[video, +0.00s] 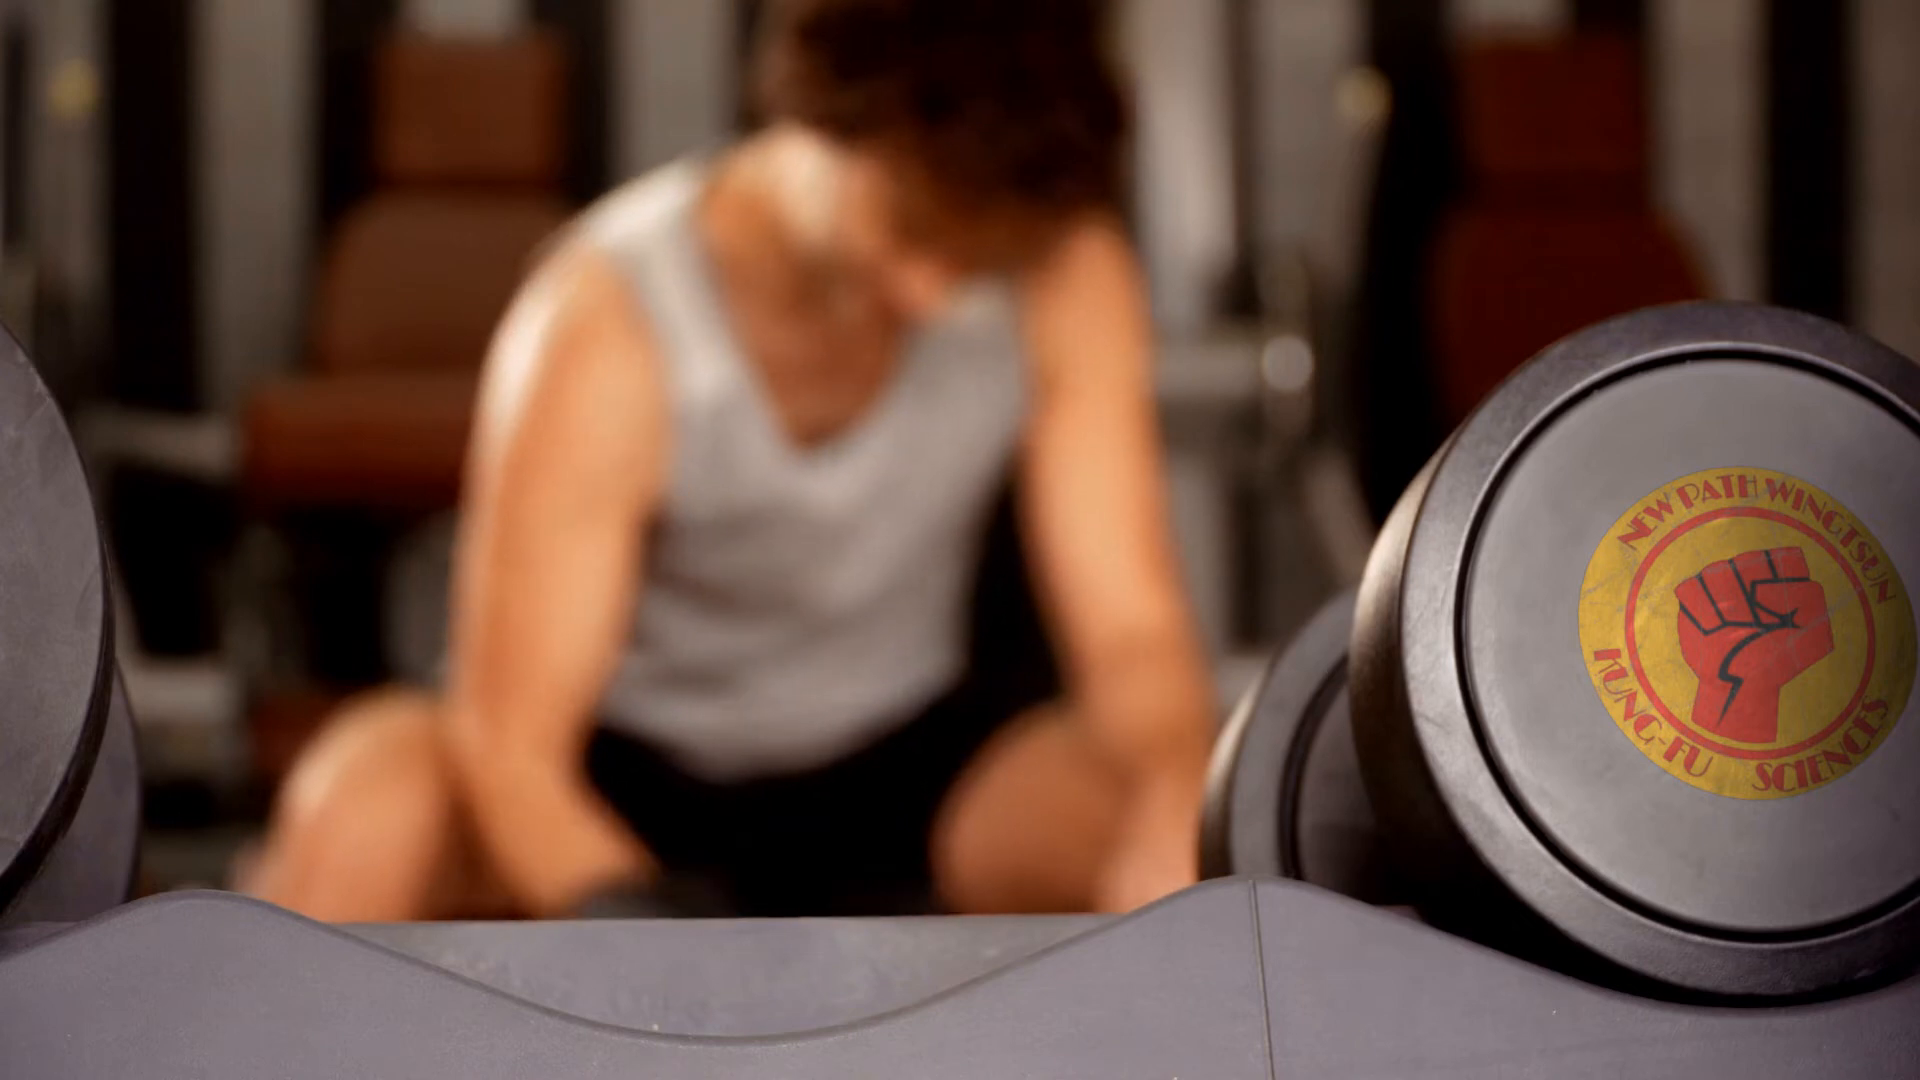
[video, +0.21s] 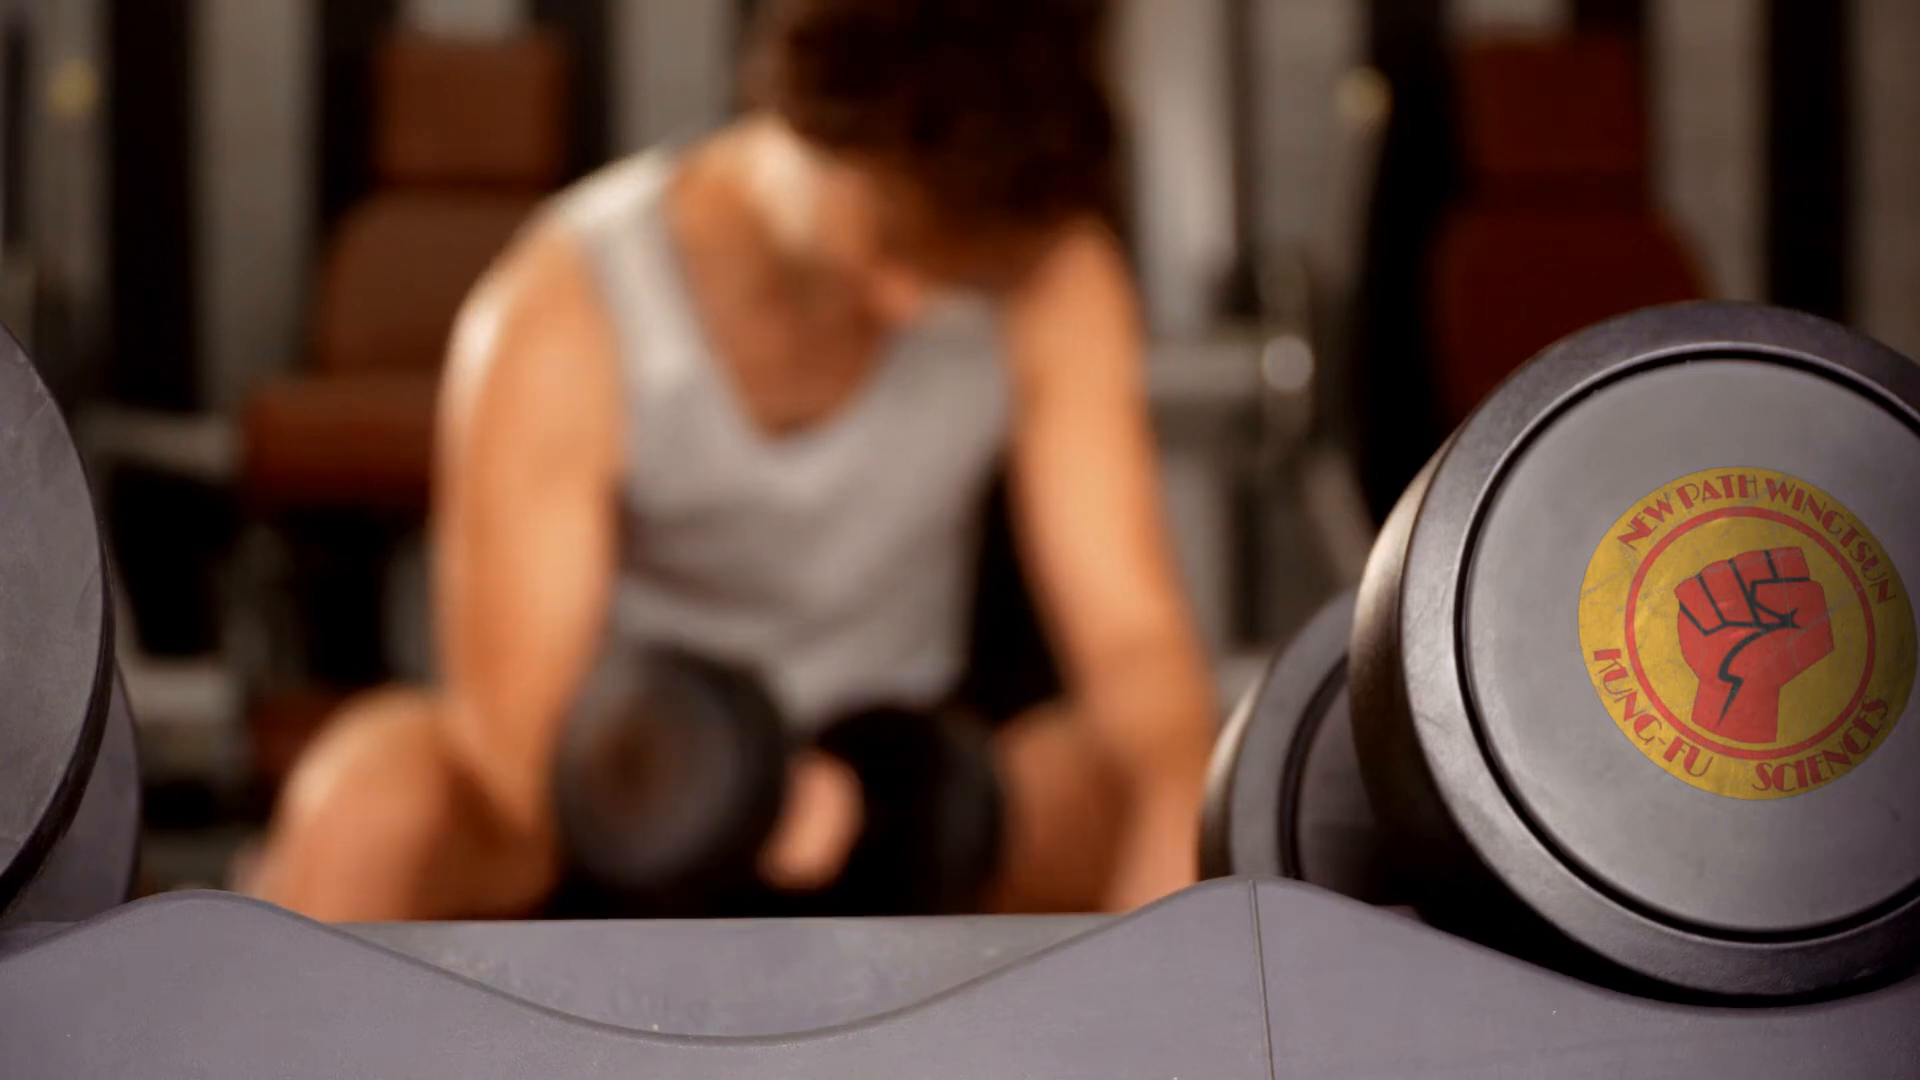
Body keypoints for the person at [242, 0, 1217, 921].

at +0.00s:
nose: (932, 299)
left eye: (982, 262)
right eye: (906, 242)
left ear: (1041, 219)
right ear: (825, 137)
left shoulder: (1058, 263)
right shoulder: (604, 313)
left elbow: (1132, 641)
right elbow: (510, 749)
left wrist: (1169, 837)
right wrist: (672, 954)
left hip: (904, 773)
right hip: (628, 786)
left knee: (1189, 811)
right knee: (365, 788)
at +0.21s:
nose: (911, 307)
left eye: (962, 270)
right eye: (886, 250)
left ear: (1027, 228)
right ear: (804, 136)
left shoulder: (1044, 264)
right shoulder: (559, 311)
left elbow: (1136, 651)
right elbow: (513, 742)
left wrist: (1166, 868)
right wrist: (763, 810)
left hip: (899, 804)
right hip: (605, 805)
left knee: (1186, 778)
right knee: (370, 779)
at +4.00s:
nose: (866, 214)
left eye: (913, 165)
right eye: (830, 152)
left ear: (963, 131)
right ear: (729, 79)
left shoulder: (1007, 251)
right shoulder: (494, 319)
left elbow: (1121, 630)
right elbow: (512, 748)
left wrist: (1181, 880)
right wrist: (749, 695)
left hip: (896, 782)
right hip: (600, 793)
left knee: (1165, 811)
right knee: (368, 807)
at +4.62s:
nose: (882, 227)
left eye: (932, 180)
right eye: (844, 165)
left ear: (994, 149)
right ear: (753, 87)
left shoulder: (1039, 257)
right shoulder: (566, 339)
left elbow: (1124, 636)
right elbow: (527, 793)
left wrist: (1154, 856)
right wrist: (595, 1056)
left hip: (901, 785)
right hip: (624, 796)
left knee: (1176, 803)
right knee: (365, 802)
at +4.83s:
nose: (881, 229)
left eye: (931, 181)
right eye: (843, 168)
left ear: (993, 150)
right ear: (748, 93)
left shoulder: (1035, 258)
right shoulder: (566, 343)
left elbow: (1124, 638)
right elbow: (538, 803)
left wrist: (1152, 863)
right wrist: (572, 1063)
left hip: (896, 782)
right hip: (620, 795)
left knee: (1170, 805)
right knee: (367, 807)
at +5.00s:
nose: (877, 225)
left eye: (928, 179)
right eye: (840, 163)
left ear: (989, 150)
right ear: (747, 89)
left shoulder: (1033, 258)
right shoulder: (565, 344)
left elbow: (1123, 643)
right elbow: (532, 801)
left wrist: (1147, 867)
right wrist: (554, 1064)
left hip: (895, 784)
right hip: (619, 797)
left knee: (1163, 805)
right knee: (363, 804)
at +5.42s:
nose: (909, 359)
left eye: (962, 313)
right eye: (870, 293)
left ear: (1025, 293)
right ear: (778, 242)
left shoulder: (1063, 301)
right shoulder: (600, 415)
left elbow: (1105, 655)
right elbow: (508, 838)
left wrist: (963, 821)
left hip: (891, 774)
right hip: (609, 785)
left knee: (1129, 836)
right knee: (338, 810)